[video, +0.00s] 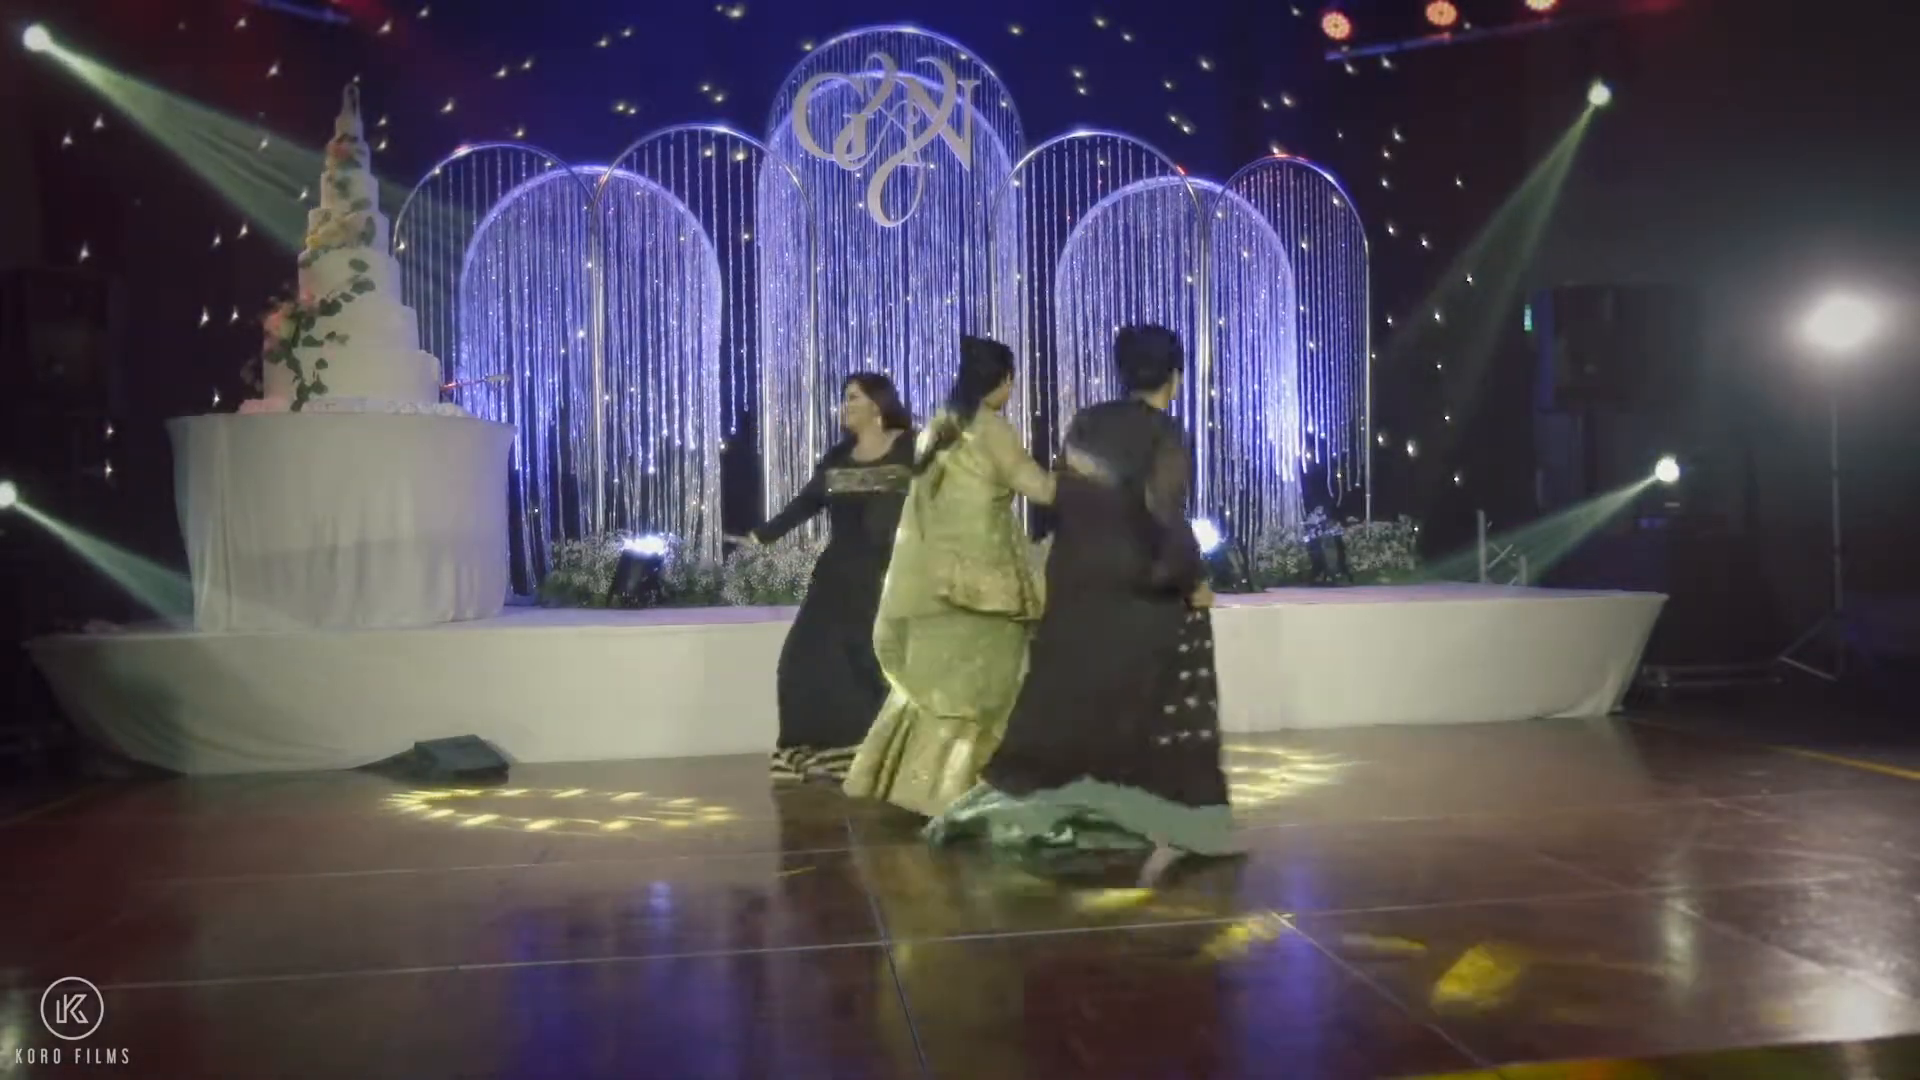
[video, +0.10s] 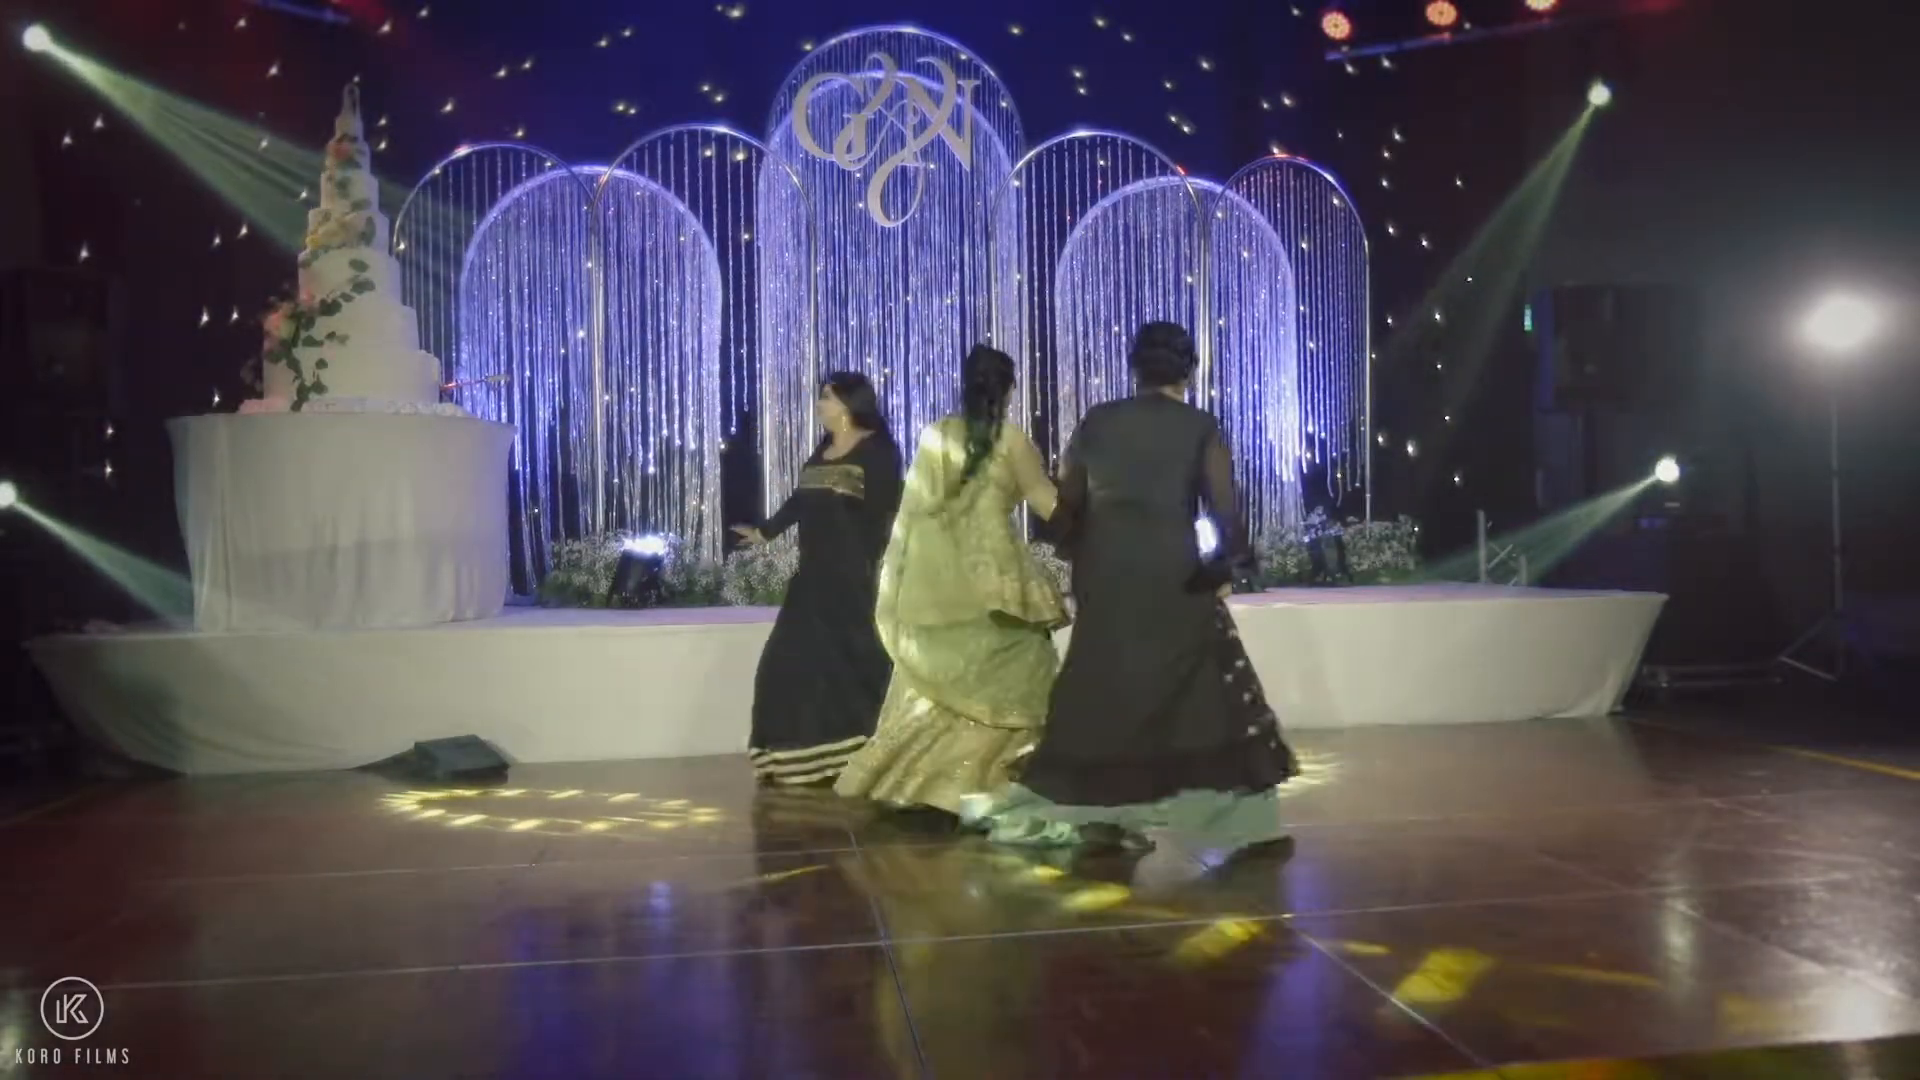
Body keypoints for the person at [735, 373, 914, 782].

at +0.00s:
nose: (844, 406)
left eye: (853, 399)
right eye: (844, 399)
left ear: (879, 404)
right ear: (850, 408)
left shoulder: (912, 450)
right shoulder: (837, 459)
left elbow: (935, 503)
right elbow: (806, 503)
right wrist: (763, 534)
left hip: (885, 572)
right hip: (836, 571)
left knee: (863, 657)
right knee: (801, 655)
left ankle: (862, 750)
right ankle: (802, 746)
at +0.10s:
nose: (818, 405)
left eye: (826, 398)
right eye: (820, 397)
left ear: (850, 405)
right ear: (842, 406)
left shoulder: (878, 449)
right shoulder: (821, 452)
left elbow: (885, 516)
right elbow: (801, 500)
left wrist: (876, 564)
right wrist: (765, 531)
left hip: (854, 576)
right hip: (810, 575)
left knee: (852, 666)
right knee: (782, 660)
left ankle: (861, 762)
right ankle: (783, 759)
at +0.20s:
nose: (804, 410)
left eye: (808, 402)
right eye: (806, 402)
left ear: (824, 406)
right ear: (836, 403)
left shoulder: (845, 446)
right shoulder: (827, 448)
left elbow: (824, 504)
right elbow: (816, 507)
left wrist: (795, 555)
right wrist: (790, 553)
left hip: (836, 577)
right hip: (820, 576)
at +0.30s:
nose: (787, 409)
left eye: (789, 403)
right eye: (789, 403)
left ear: (798, 406)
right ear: (836, 401)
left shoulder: (794, 445)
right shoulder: (845, 450)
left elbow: (763, 494)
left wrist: (722, 535)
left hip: (794, 568)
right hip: (837, 564)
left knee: (784, 656)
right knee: (842, 653)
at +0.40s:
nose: (827, 407)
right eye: (824, 400)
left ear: (776, 404)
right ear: (821, 405)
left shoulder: (755, 446)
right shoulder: (828, 452)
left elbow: (708, 486)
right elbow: (860, 503)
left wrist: (665, 525)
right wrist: (853, 487)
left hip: (761, 571)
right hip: (820, 570)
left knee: (747, 657)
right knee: (838, 649)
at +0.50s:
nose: (810, 404)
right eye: (806, 396)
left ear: (755, 397)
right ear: (800, 401)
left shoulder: (724, 438)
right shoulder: (813, 446)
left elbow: (681, 480)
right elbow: (847, 485)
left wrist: (648, 510)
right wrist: (881, 507)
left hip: (733, 562)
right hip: (794, 564)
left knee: (726, 654)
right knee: (801, 653)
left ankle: (733, 745)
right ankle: (800, 750)